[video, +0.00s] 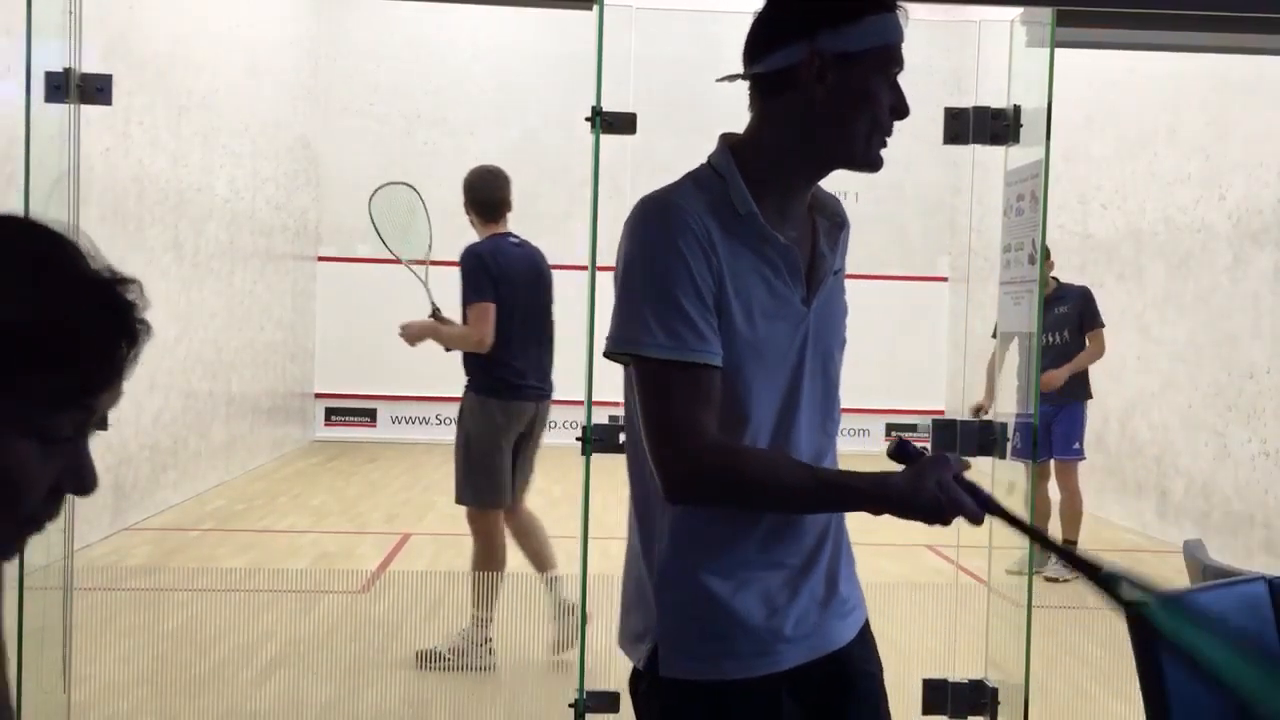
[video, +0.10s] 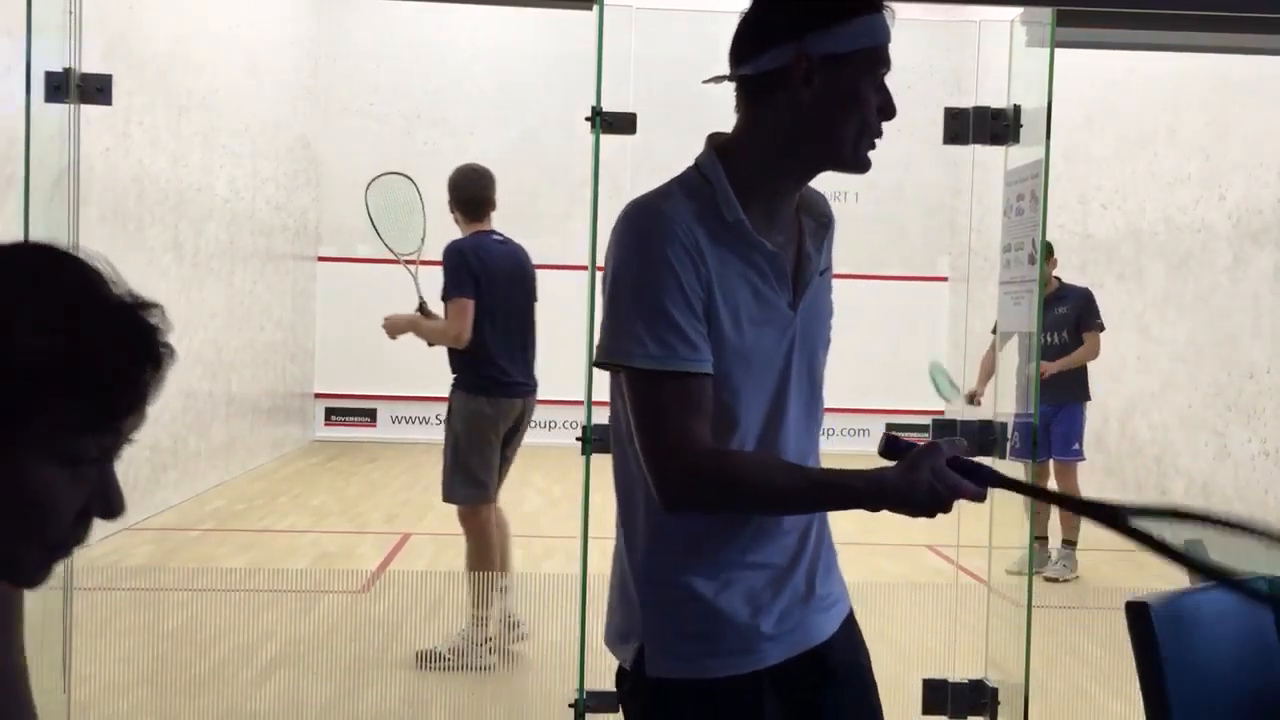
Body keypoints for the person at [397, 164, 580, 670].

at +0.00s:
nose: (468, 212)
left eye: (466, 205)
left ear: (467, 207)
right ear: (510, 204)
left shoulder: (479, 256)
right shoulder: (534, 257)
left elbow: (479, 339)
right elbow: (529, 333)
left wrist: (430, 329)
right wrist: (453, 326)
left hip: (492, 402)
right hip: (534, 402)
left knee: (485, 517)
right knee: (513, 507)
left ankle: (478, 638)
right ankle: (562, 600)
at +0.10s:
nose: (451, 210)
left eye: (448, 204)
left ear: (452, 206)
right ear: (493, 203)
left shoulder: (462, 253)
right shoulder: (518, 255)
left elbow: (458, 333)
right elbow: (506, 332)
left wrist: (413, 324)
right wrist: (441, 322)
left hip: (480, 398)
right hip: (520, 396)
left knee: (473, 507)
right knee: (486, 501)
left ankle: (481, 635)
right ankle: (506, 613)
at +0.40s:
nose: (414, 215)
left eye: (413, 207)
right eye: (422, 206)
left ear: (418, 211)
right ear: (458, 208)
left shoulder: (429, 257)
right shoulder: (480, 261)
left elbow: (431, 334)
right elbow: (494, 338)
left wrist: (379, 333)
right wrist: (416, 332)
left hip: (435, 400)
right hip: (475, 402)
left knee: (442, 513)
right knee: (431, 507)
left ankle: (476, 634)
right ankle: (402, 614)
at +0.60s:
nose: (402, 212)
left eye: (401, 205)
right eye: (413, 203)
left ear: (405, 208)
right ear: (445, 208)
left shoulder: (416, 252)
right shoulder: (460, 258)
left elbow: (419, 326)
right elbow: (474, 335)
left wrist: (369, 326)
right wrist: (405, 327)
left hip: (411, 395)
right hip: (451, 398)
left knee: (382, 505)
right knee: (419, 502)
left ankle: (453, 612)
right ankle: (400, 613)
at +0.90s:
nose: (386, 212)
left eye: (384, 204)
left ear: (386, 207)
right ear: (425, 207)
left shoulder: (391, 248)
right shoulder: (442, 258)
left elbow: (390, 320)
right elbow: (448, 331)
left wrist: (346, 322)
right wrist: (376, 316)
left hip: (388, 393)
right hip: (432, 395)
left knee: (344, 492)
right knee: (410, 495)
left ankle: (358, 615)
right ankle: (401, 616)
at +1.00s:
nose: (378, 213)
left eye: (376, 206)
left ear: (379, 208)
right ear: (418, 209)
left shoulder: (382, 248)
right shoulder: (436, 258)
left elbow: (380, 318)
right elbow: (443, 333)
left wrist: (338, 324)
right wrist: (375, 321)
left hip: (382, 394)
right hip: (427, 395)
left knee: (344, 494)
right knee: (408, 494)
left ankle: (349, 616)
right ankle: (402, 613)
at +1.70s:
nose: (287, 208)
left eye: (285, 201)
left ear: (288, 204)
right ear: (330, 203)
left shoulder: (299, 248)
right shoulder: (346, 255)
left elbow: (301, 321)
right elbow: (366, 330)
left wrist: (249, 325)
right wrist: (313, 335)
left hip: (301, 392)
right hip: (334, 393)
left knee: (287, 500)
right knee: (312, 494)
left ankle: (294, 629)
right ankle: (362, 587)